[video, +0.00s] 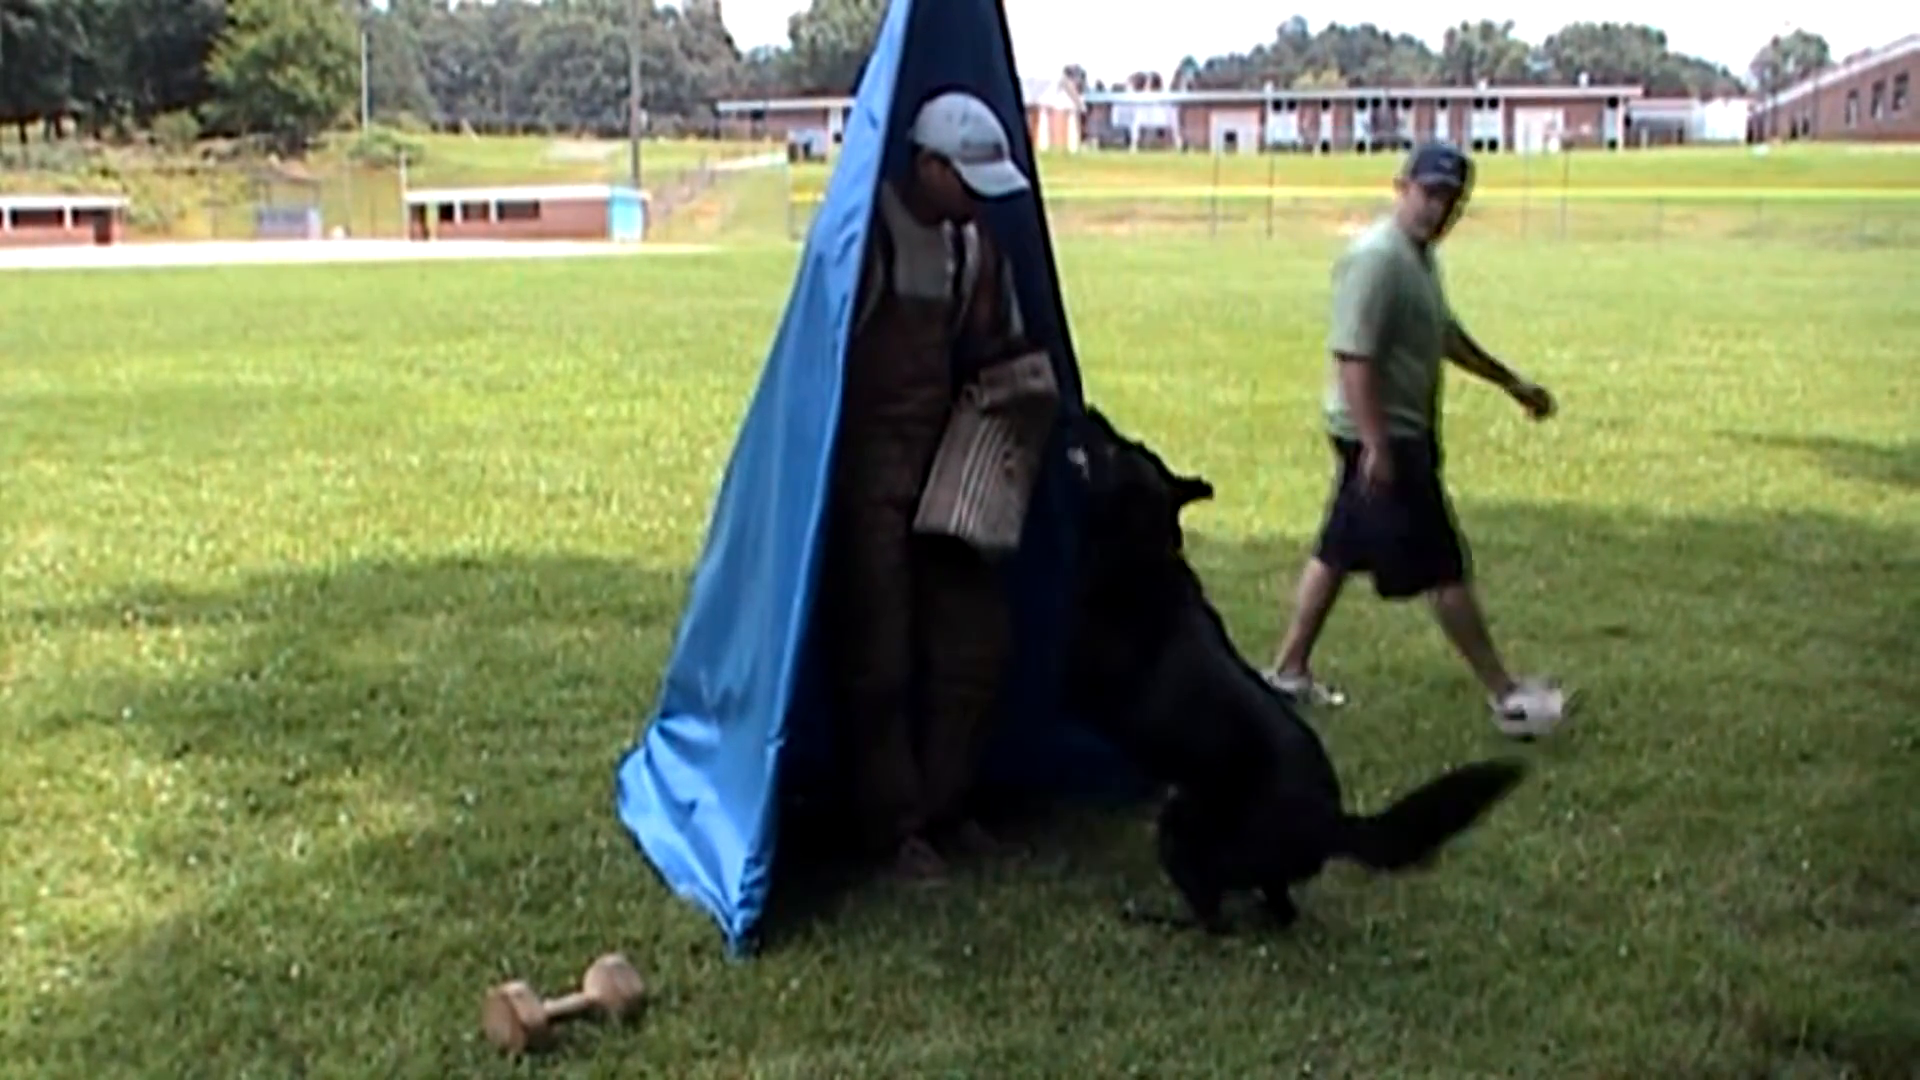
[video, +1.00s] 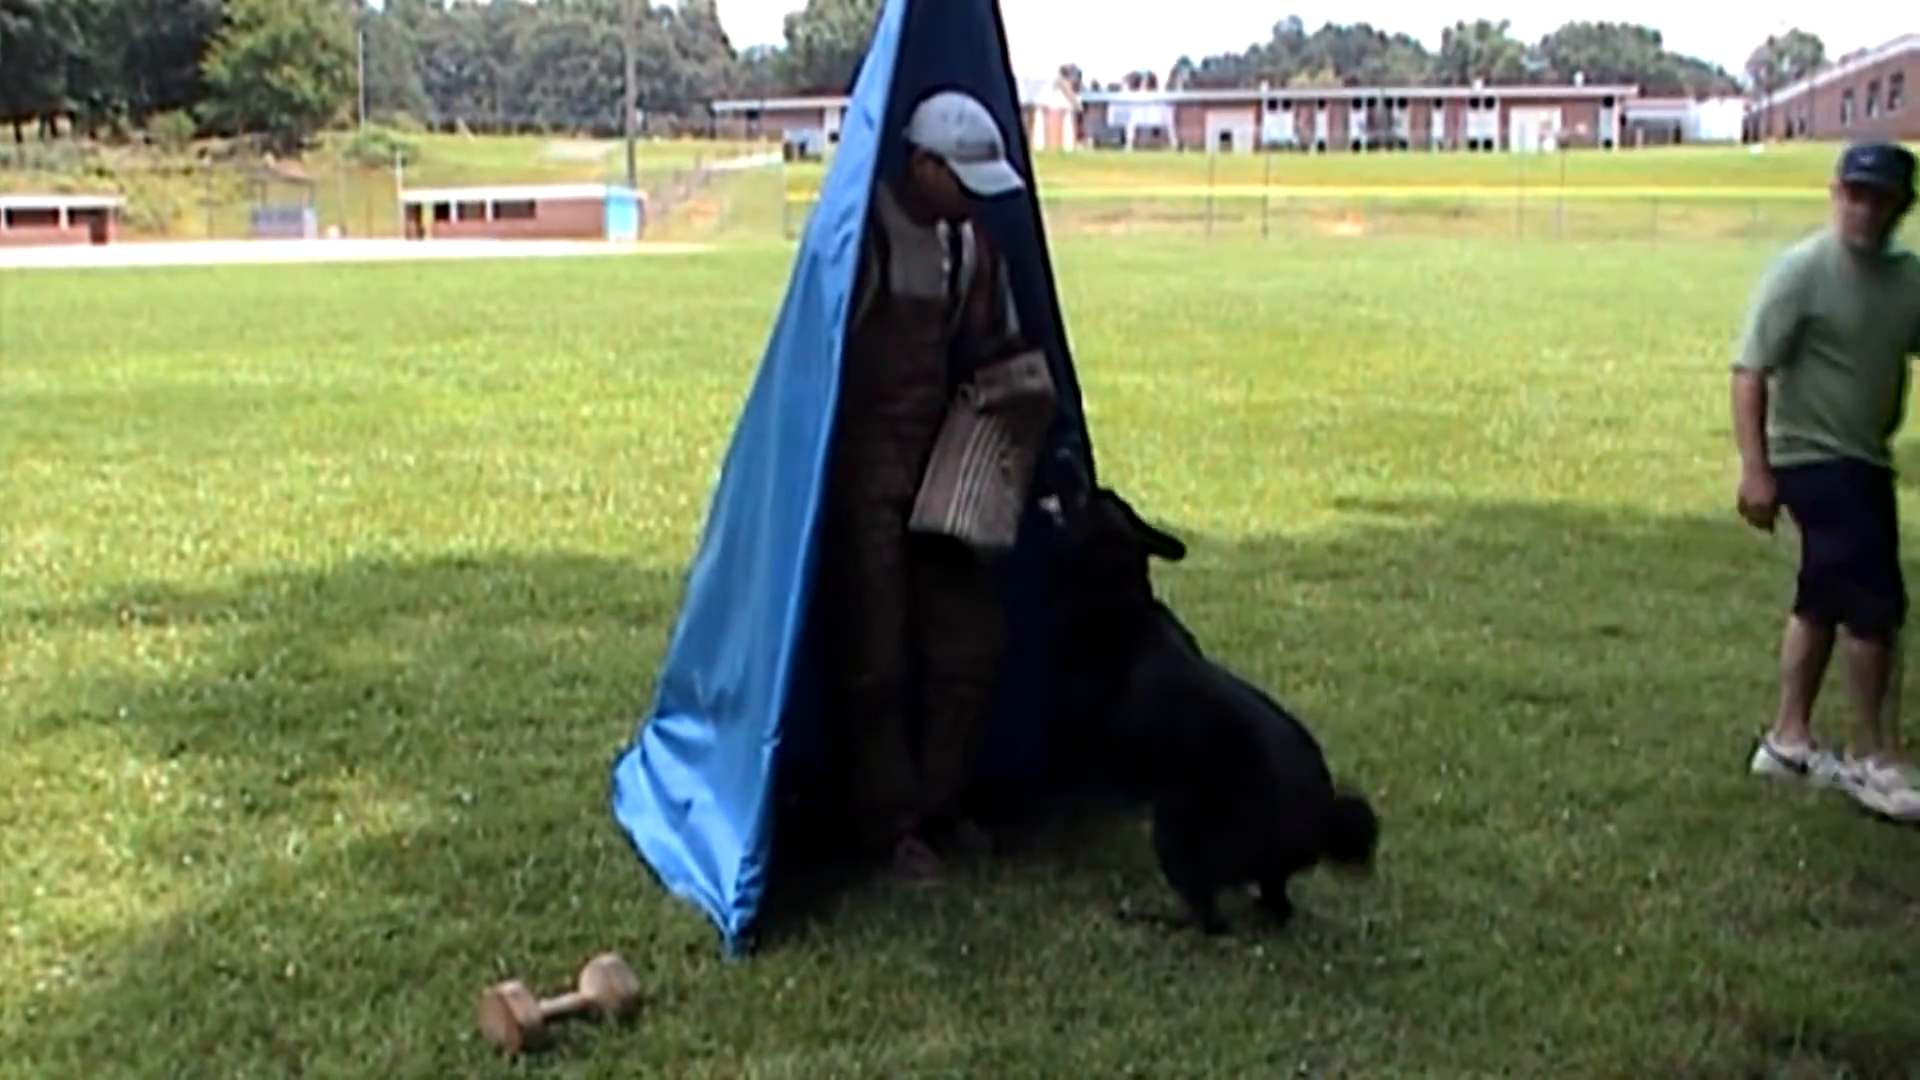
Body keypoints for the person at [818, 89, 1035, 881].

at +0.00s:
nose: (975, 201)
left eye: (982, 186)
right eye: (966, 183)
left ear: (975, 175)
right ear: (924, 164)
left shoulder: (978, 249)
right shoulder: (861, 242)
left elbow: (998, 359)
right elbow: (820, 364)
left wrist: (1025, 377)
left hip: (958, 475)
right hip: (871, 477)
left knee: (967, 639)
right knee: (884, 652)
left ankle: (950, 810)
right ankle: (895, 828)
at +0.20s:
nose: (974, 201)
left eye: (981, 188)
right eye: (965, 184)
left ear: (975, 176)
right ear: (923, 165)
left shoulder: (977, 249)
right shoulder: (859, 243)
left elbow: (1000, 358)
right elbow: (819, 365)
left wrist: (1020, 383)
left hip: (957, 478)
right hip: (869, 480)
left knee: (965, 641)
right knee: (883, 654)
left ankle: (948, 811)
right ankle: (896, 830)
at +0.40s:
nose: (974, 200)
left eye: (981, 187)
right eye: (965, 183)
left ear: (975, 175)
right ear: (923, 165)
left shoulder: (978, 248)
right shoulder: (859, 243)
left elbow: (1002, 358)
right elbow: (819, 366)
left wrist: (1022, 382)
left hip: (958, 479)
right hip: (869, 480)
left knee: (965, 642)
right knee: (883, 655)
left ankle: (947, 812)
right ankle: (895, 829)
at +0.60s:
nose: (973, 200)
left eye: (981, 186)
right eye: (964, 183)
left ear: (976, 175)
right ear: (923, 164)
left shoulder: (978, 248)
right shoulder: (859, 243)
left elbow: (1004, 359)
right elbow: (819, 366)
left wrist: (1021, 384)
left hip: (957, 484)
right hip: (869, 485)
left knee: (966, 645)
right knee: (882, 658)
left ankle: (948, 811)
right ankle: (894, 829)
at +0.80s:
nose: (972, 199)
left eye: (979, 186)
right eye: (963, 183)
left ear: (974, 175)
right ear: (921, 164)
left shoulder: (977, 249)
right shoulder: (858, 244)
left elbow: (1005, 359)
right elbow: (818, 364)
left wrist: (1023, 392)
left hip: (956, 482)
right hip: (868, 483)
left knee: (965, 645)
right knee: (882, 656)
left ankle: (946, 811)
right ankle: (895, 828)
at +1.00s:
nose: (970, 199)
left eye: (977, 185)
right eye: (961, 182)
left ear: (971, 174)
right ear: (919, 163)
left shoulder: (974, 247)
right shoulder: (857, 242)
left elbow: (999, 358)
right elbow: (817, 364)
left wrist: (1019, 387)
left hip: (954, 480)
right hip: (866, 481)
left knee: (962, 642)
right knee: (879, 654)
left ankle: (944, 809)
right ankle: (892, 828)